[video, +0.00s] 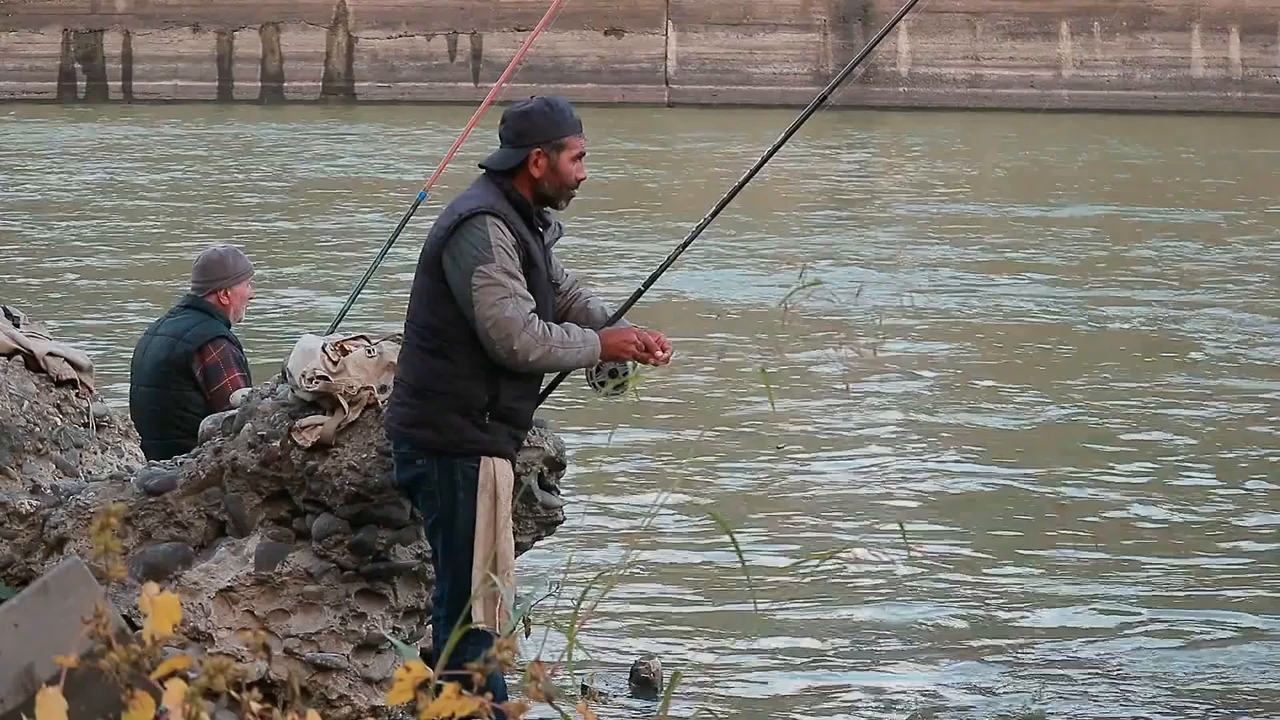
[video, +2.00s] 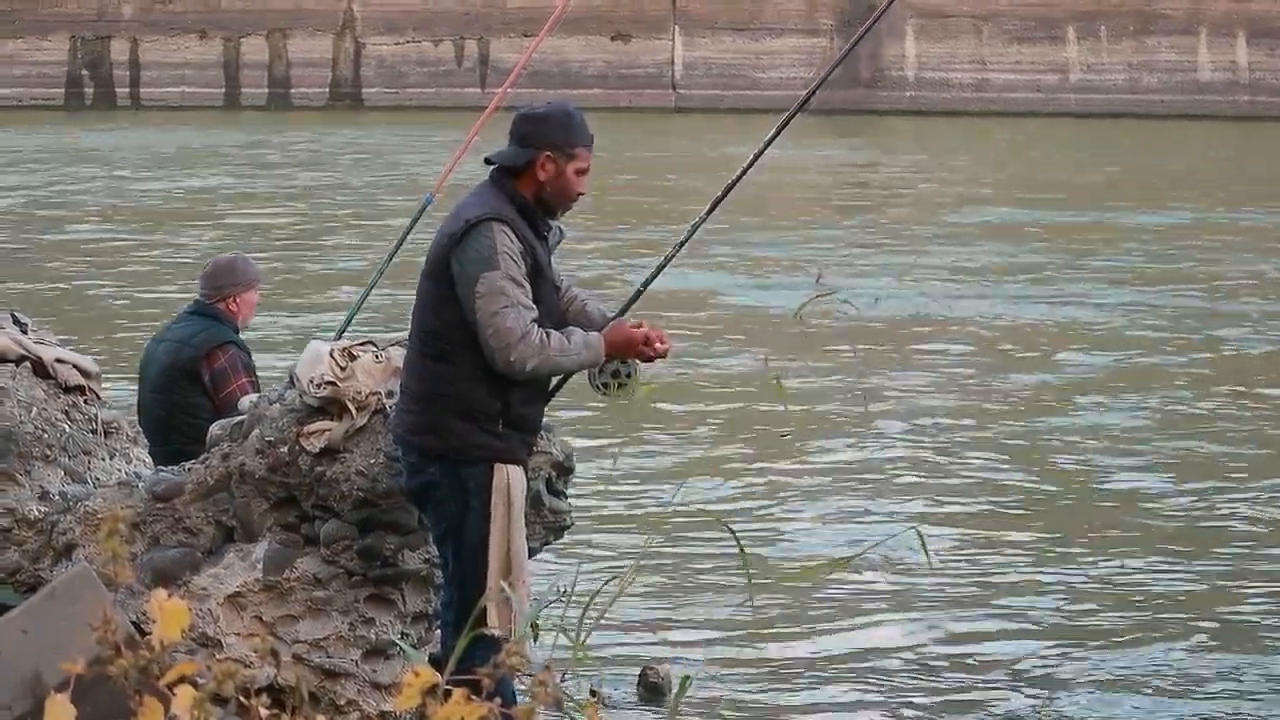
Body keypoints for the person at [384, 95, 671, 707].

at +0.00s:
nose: (583, 170)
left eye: (583, 157)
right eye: (574, 158)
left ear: (540, 160)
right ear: (534, 162)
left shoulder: (520, 224)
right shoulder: (482, 229)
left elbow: (563, 298)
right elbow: (514, 338)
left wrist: (617, 332)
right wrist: (601, 344)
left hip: (478, 439)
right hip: (449, 442)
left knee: (476, 594)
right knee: (469, 598)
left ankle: (458, 706)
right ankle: (468, 711)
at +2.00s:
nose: (585, 185)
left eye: (587, 172)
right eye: (581, 171)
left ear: (548, 164)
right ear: (544, 164)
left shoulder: (521, 225)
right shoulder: (489, 233)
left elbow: (556, 303)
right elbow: (515, 348)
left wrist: (620, 332)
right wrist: (604, 345)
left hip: (483, 446)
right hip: (456, 449)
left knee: (486, 602)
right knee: (476, 608)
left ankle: (479, 711)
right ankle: (477, 714)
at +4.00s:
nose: (595, 183)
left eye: (599, 169)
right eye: (590, 168)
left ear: (554, 161)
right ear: (553, 161)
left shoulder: (527, 218)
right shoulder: (500, 226)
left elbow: (561, 299)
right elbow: (520, 340)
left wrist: (618, 326)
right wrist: (608, 341)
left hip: (483, 439)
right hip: (460, 444)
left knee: (491, 593)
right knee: (477, 598)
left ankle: (489, 708)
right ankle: (475, 711)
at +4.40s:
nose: (599, 181)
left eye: (602, 168)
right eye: (593, 168)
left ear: (559, 161)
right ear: (557, 161)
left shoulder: (531, 216)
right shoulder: (503, 224)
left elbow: (565, 298)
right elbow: (523, 340)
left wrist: (618, 324)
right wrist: (611, 340)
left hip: (486, 438)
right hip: (461, 443)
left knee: (493, 593)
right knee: (478, 599)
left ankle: (493, 708)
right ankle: (476, 711)